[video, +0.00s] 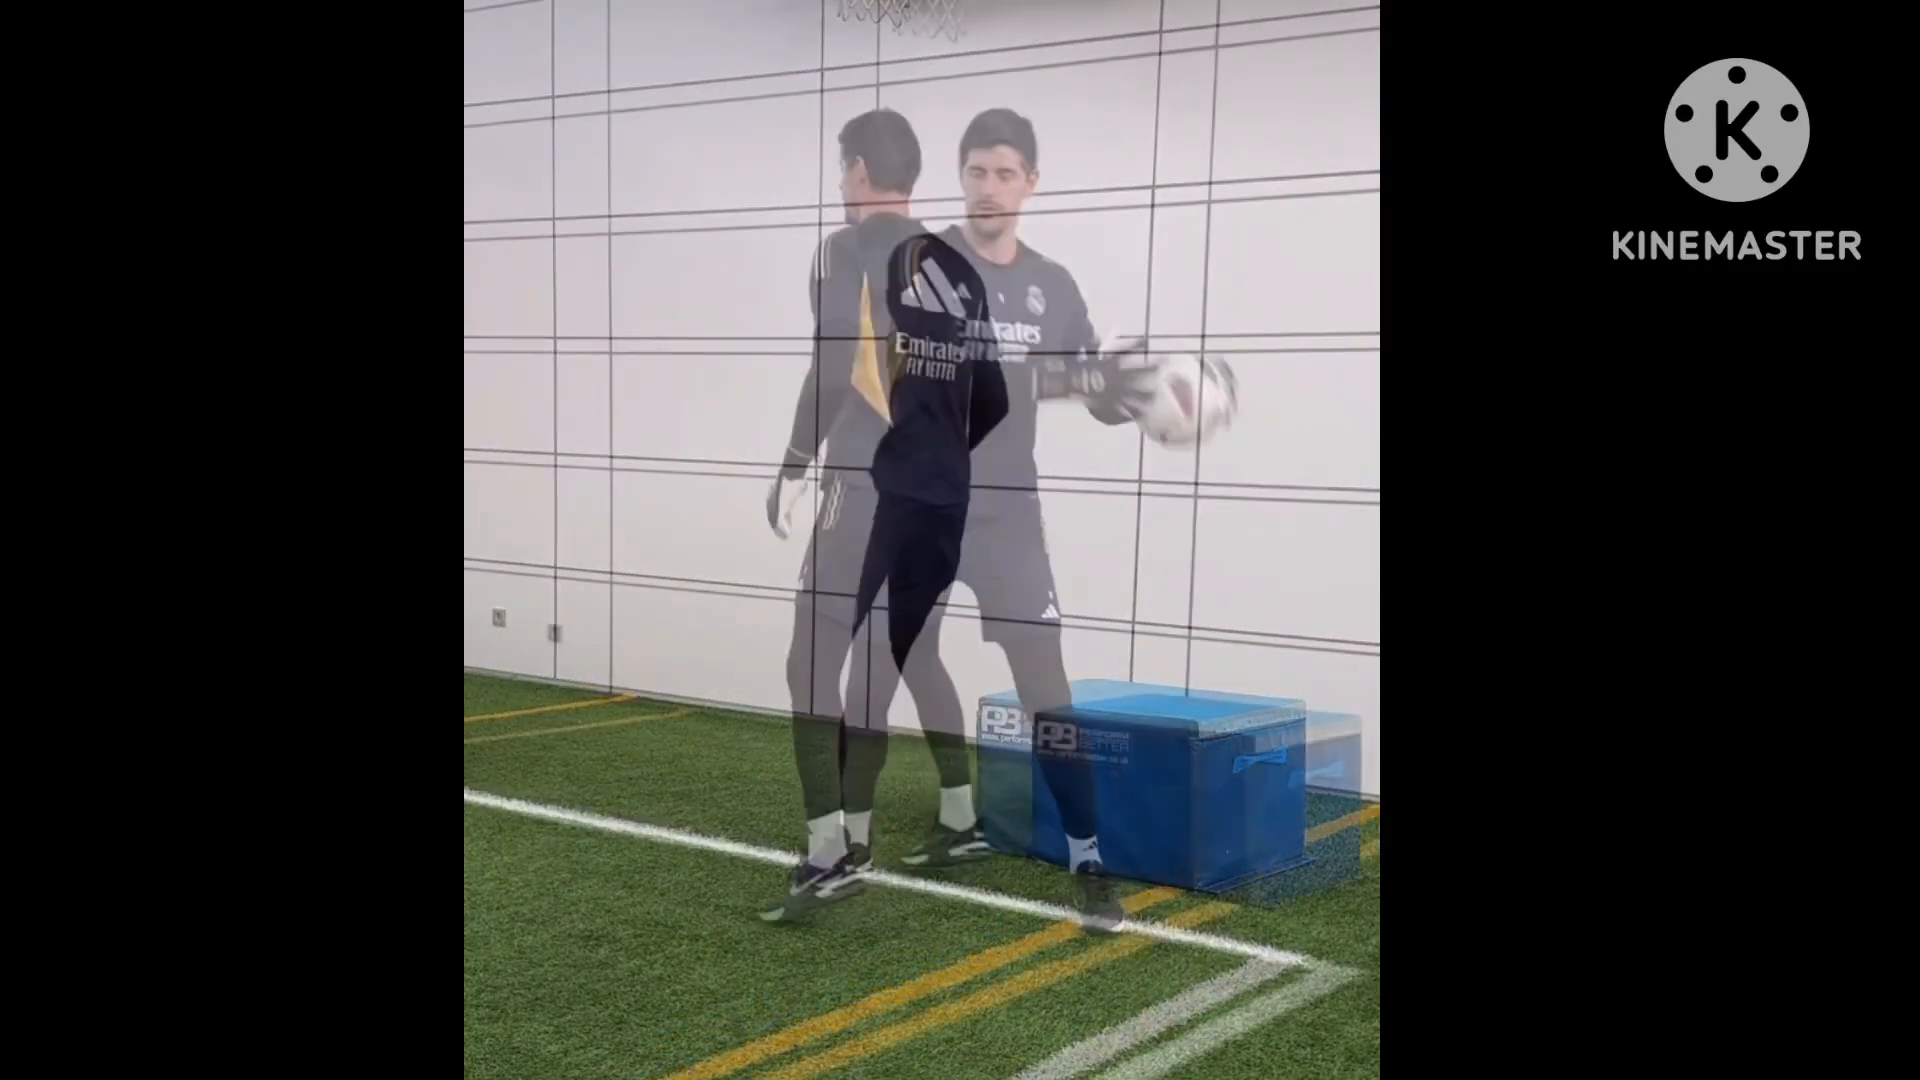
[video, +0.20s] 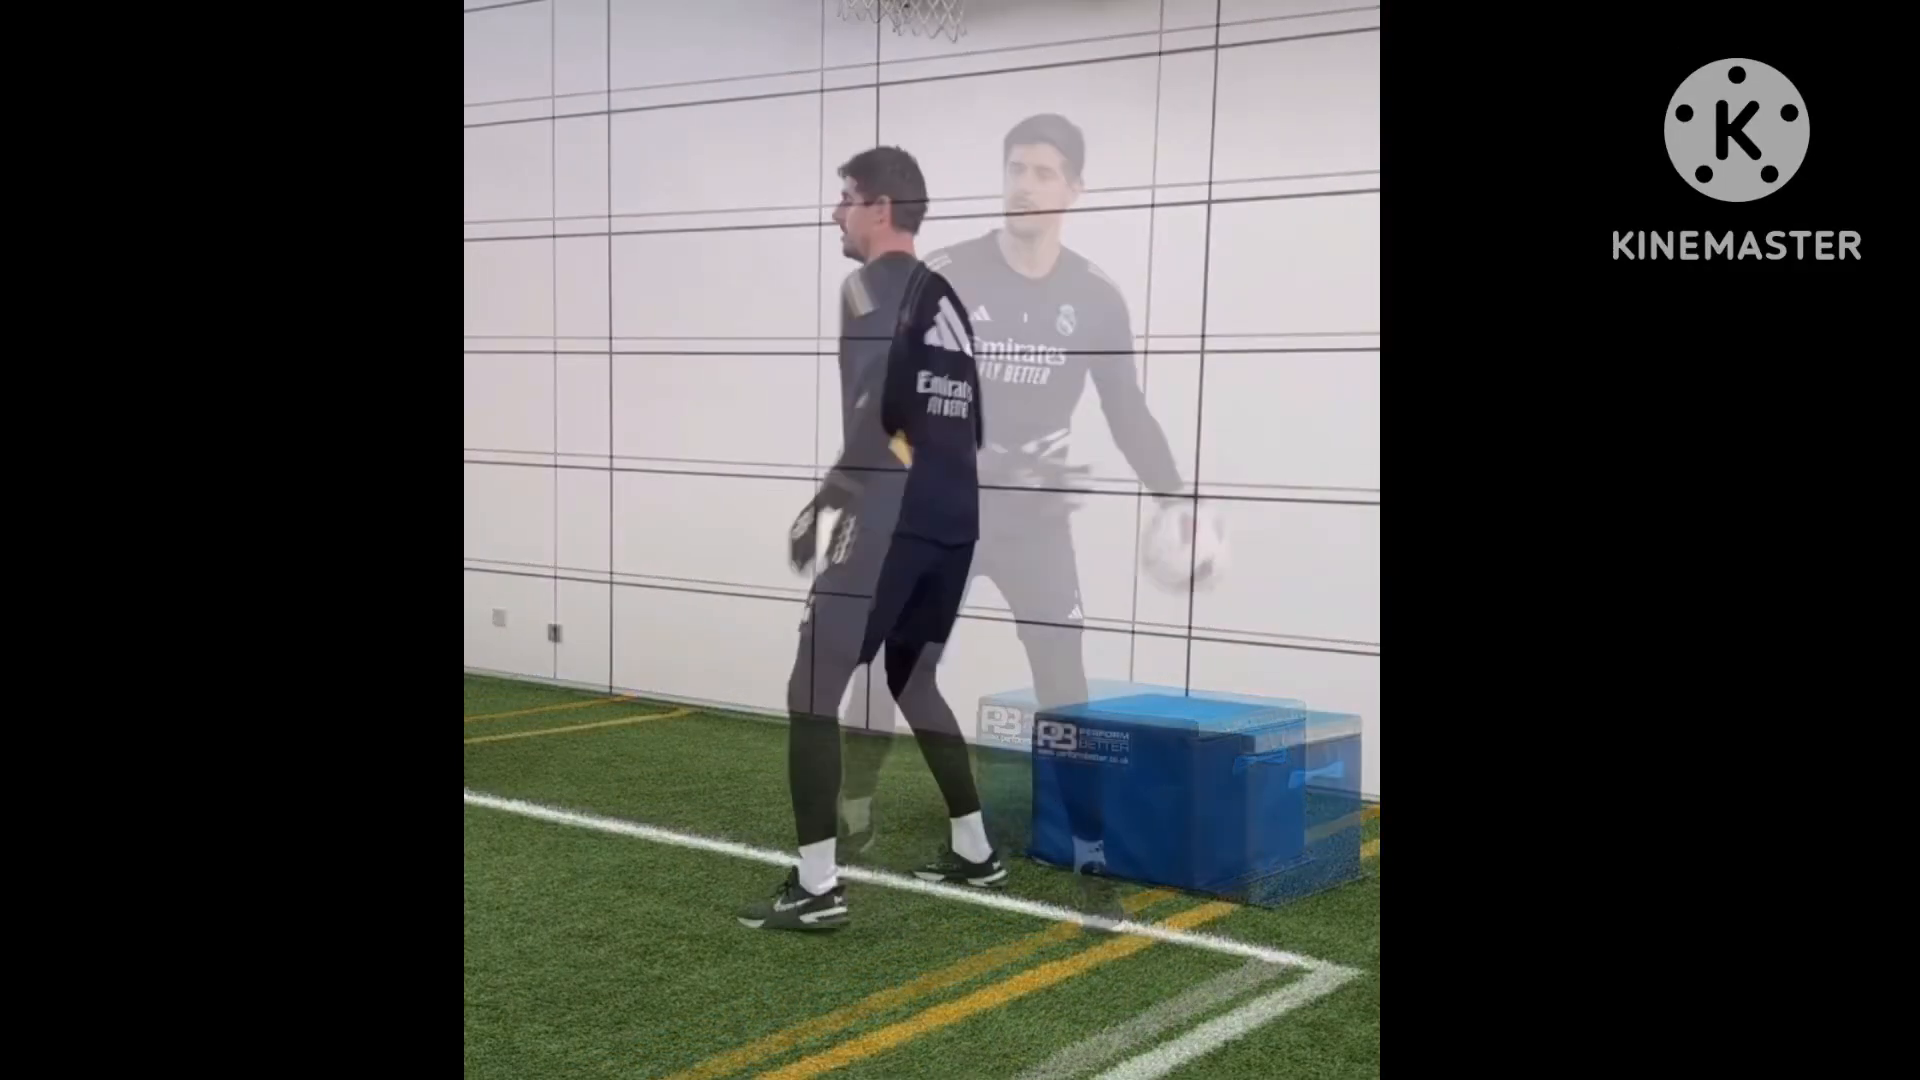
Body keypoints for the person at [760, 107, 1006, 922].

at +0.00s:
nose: (841, 182)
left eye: (843, 169)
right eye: (846, 169)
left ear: (861, 172)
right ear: (914, 176)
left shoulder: (844, 250)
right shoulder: (956, 264)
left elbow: (834, 369)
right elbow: (995, 395)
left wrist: (796, 462)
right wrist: (937, 451)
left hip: (868, 486)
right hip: (942, 492)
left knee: (812, 657)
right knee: (914, 649)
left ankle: (831, 847)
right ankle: (960, 822)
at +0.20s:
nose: (837, 213)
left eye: (847, 201)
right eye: (840, 201)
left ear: (882, 209)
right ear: (899, 213)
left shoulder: (873, 284)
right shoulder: (944, 294)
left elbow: (876, 406)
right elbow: (961, 421)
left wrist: (828, 500)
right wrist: (876, 492)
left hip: (895, 514)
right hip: (955, 519)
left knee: (811, 688)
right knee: (912, 674)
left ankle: (816, 884)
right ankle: (974, 848)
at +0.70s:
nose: (901, 239)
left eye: (916, 224)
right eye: (894, 226)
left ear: (956, 232)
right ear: (890, 238)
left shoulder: (1015, 326)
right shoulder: (890, 346)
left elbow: (1091, 443)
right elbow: (895, 456)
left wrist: (1085, 558)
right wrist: (885, 553)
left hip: (1024, 556)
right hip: (934, 562)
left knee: (1073, 722)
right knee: (861, 711)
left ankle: (1150, 891)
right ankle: (901, 852)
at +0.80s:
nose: (924, 229)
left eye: (939, 214)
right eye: (916, 217)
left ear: (980, 218)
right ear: (914, 228)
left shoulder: (1041, 318)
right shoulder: (910, 332)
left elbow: (1118, 432)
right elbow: (897, 438)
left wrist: (1081, 532)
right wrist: (880, 529)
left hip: (1037, 554)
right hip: (948, 558)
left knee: (1083, 721)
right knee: (877, 707)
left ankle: (1152, 891)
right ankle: (903, 852)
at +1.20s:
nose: (995, 201)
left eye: (1010, 184)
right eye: (979, 186)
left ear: (1041, 195)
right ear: (962, 201)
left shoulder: (1084, 287)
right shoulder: (956, 284)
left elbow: (1118, 367)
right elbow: (895, 347)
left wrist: (1071, 280)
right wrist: (933, 250)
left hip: (1053, 533)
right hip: (965, 530)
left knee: (1092, 713)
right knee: (902, 699)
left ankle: (1153, 890)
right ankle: (903, 853)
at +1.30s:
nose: (988, 212)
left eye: (1001, 195)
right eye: (977, 200)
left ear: (1038, 194)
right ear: (970, 209)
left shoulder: (1087, 290)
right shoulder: (959, 294)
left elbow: (1119, 399)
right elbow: (903, 403)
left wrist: (1033, 349)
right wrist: (911, 333)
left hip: (1057, 540)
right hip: (967, 537)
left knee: (1095, 713)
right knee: (913, 699)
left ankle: (1153, 891)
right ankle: (903, 853)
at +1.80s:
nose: (860, 207)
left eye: (874, 193)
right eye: (855, 195)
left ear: (913, 201)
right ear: (852, 207)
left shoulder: (963, 292)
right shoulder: (853, 310)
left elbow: (1030, 412)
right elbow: (856, 411)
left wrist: (995, 516)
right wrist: (848, 501)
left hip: (962, 522)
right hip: (887, 525)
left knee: (986, 677)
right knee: (843, 675)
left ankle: (1071, 845)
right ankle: (897, 818)